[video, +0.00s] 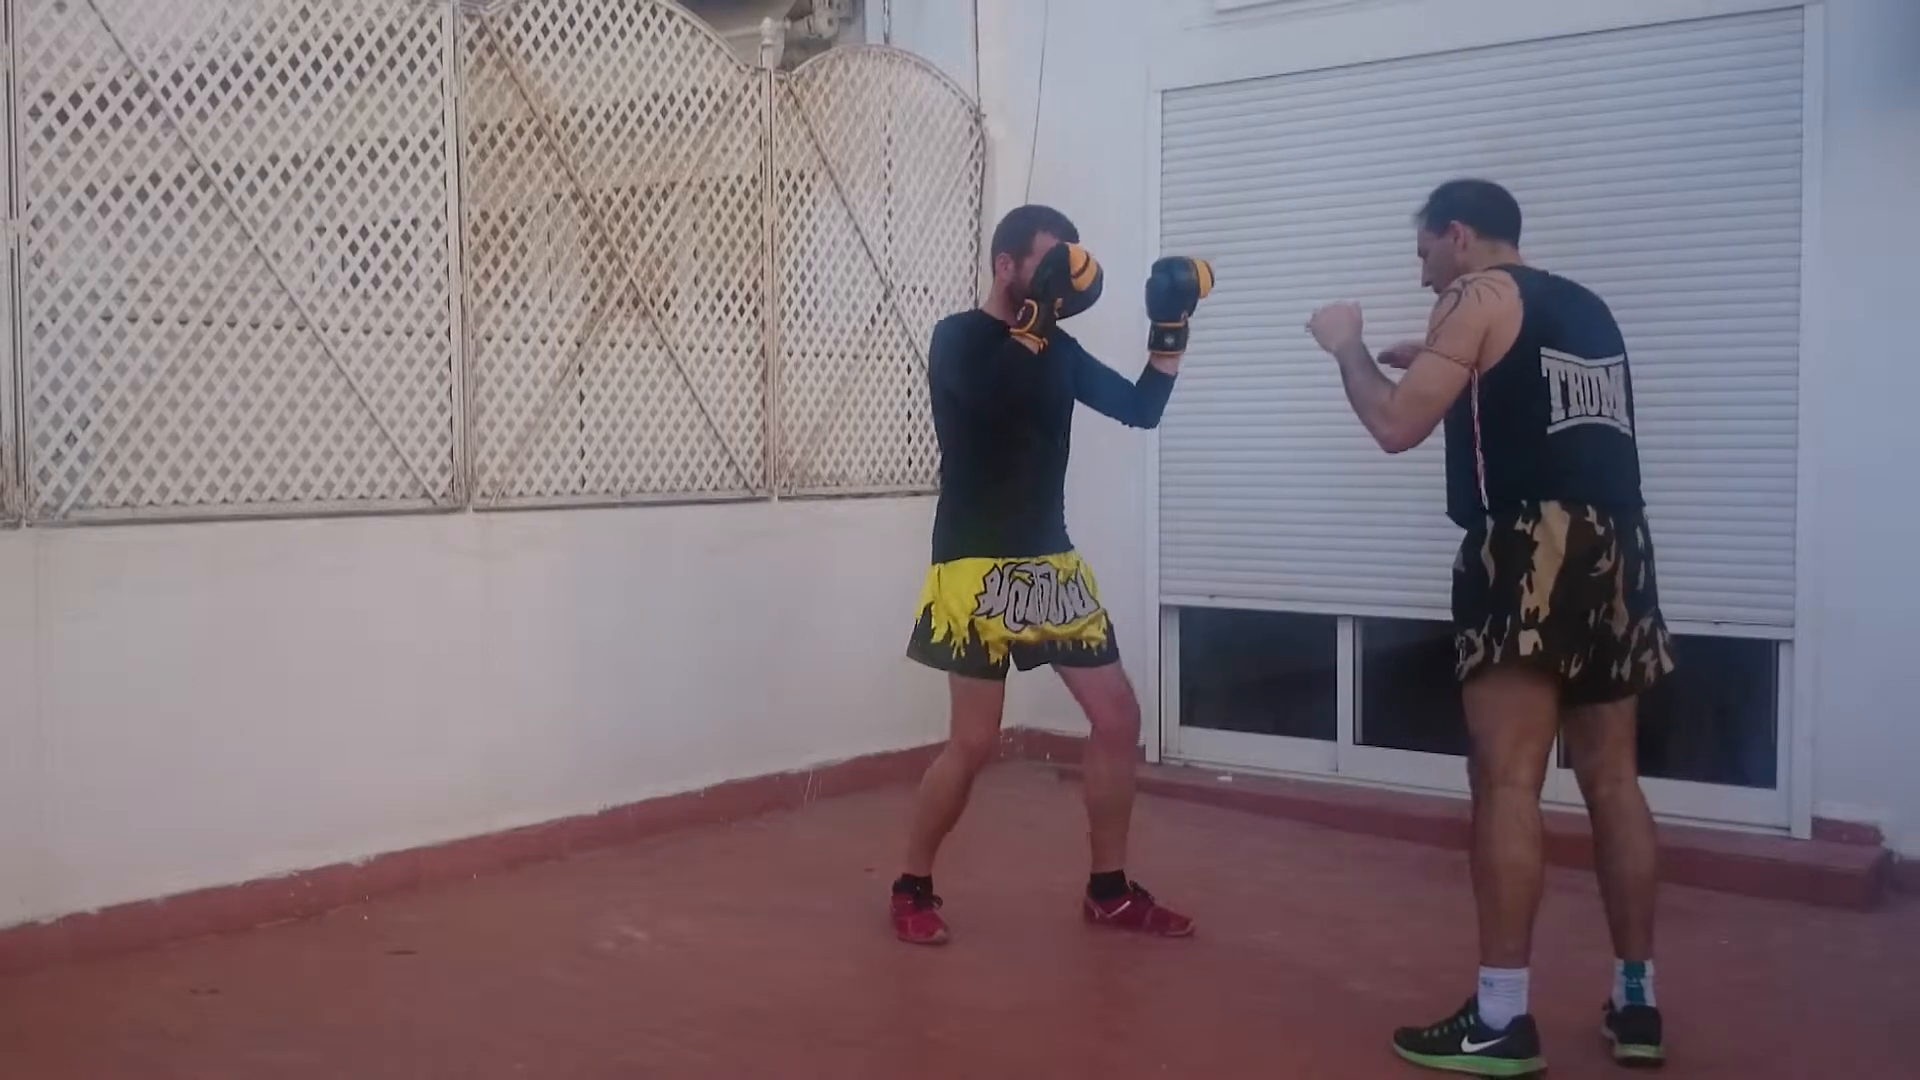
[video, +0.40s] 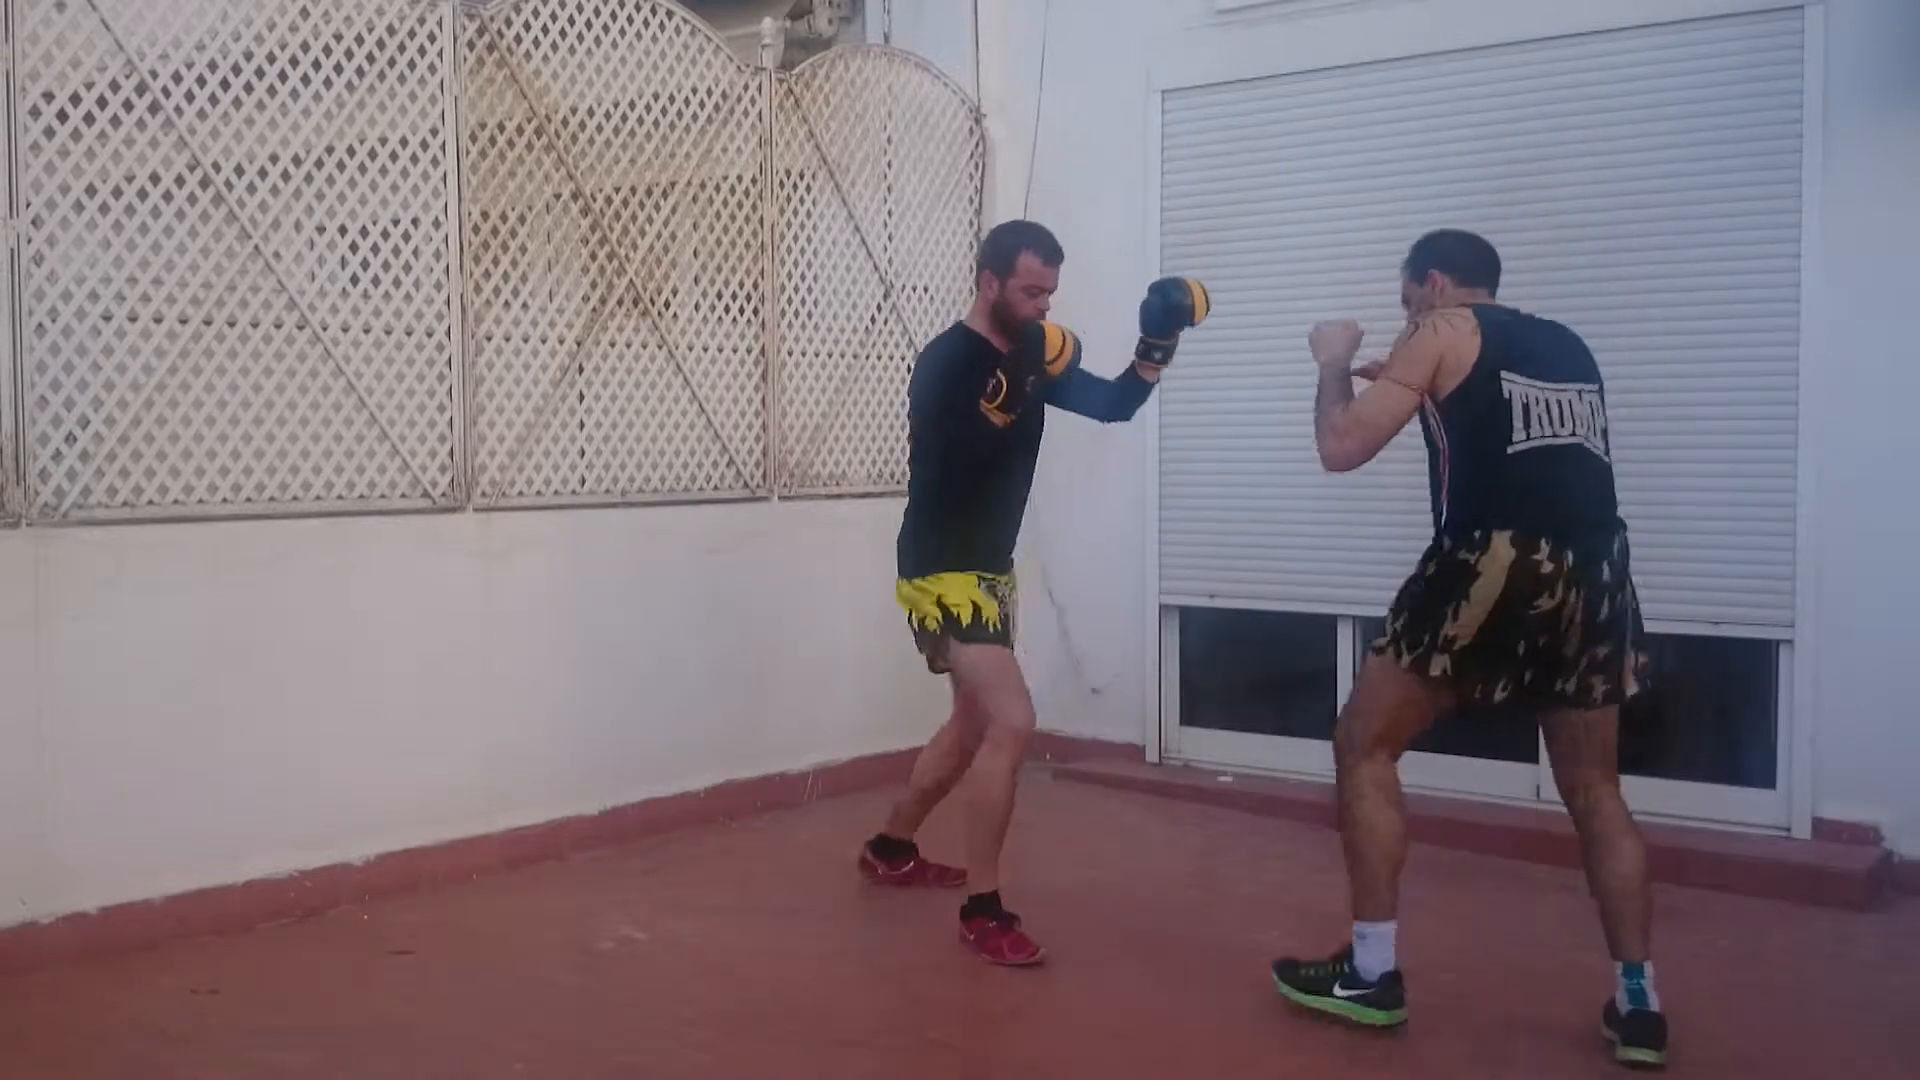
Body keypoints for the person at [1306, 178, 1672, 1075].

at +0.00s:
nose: (1428, 273)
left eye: (1427, 257)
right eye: (1424, 260)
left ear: (1455, 237)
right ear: (1504, 235)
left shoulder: (1485, 300)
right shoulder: (1588, 306)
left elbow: (1395, 423)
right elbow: (1522, 393)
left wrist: (1346, 348)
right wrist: (1419, 359)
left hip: (1522, 556)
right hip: (1617, 558)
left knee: (1507, 781)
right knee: (1613, 779)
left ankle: (1499, 1016)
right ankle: (1636, 1003)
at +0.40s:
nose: (1409, 316)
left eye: (1408, 303)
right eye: (1406, 306)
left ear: (1434, 285)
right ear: (1489, 285)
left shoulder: (1442, 333)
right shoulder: (1567, 346)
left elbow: (1341, 447)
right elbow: (1530, 444)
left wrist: (1331, 366)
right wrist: (1417, 378)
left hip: (1488, 573)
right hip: (1595, 588)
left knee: (1364, 745)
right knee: (1595, 791)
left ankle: (1371, 973)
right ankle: (1639, 1003)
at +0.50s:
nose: (1371, 374)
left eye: (1373, 363)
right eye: (1373, 364)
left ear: (1393, 351)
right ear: (1451, 346)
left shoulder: (1385, 393)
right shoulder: (1531, 382)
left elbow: (1279, 496)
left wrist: (1290, 428)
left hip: (1465, 589)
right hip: (1581, 591)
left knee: (1328, 753)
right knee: (1613, 794)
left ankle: (1236, 938)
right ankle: (1641, 1004)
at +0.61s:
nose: (1319, 431)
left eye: (1319, 422)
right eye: (1321, 422)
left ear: (1339, 412)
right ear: (1400, 401)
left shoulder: (1329, 456)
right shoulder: (1472, 417)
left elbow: (1218, 552)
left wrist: (1256, 497)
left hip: (1423, 615)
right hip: (1544, 604)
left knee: (1295, 769)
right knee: (1607, 794)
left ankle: (1173, 925)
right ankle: (1644, 1003)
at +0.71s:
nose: (1254, 464)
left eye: (1254, 452)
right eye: (1257, 453)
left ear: (1270, 448)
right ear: (1326, 430)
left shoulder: (1257, 489)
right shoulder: (1394, 433)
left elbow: (1167, 591)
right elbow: (1423, 515)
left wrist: (1161, 602)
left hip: (1354, 605)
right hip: (1470, 587)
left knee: (1255, 782)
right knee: (1563, 795)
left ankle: (1158, 930)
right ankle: (1640, 997)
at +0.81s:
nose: (1213, 468)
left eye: (1213, 461)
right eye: (1212, 460)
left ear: (1226, 455)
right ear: (1281, 432)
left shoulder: (1217, 494)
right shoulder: (1346, 435)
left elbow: (1146, 608)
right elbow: (1411, 525)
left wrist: (1145, 645)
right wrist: (1400, 597)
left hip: (1280, 593)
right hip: (1393, 580)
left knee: (1215, 750)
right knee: (1511, 787)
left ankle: (1149, 928)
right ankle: (1573, 1001)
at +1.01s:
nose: (1294, 310)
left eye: (1289, 301)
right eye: (1276, 300)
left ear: (1223, 345)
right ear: (1232, 326)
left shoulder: (1198, 427)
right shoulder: (1263, 350)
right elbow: (1390, 361)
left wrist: (1316, 385)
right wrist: (1318, 361)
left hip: (1220, 593)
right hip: (1294, 572)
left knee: (1252, 769)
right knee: (1405, 774)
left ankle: (1123, 922)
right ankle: (1396, 1013)